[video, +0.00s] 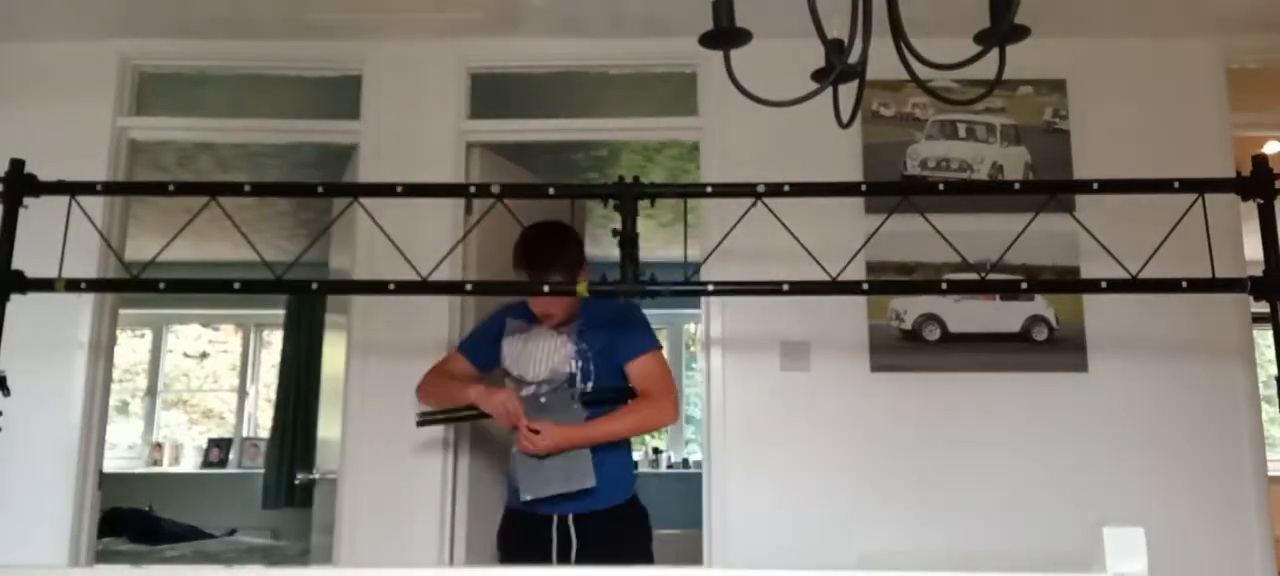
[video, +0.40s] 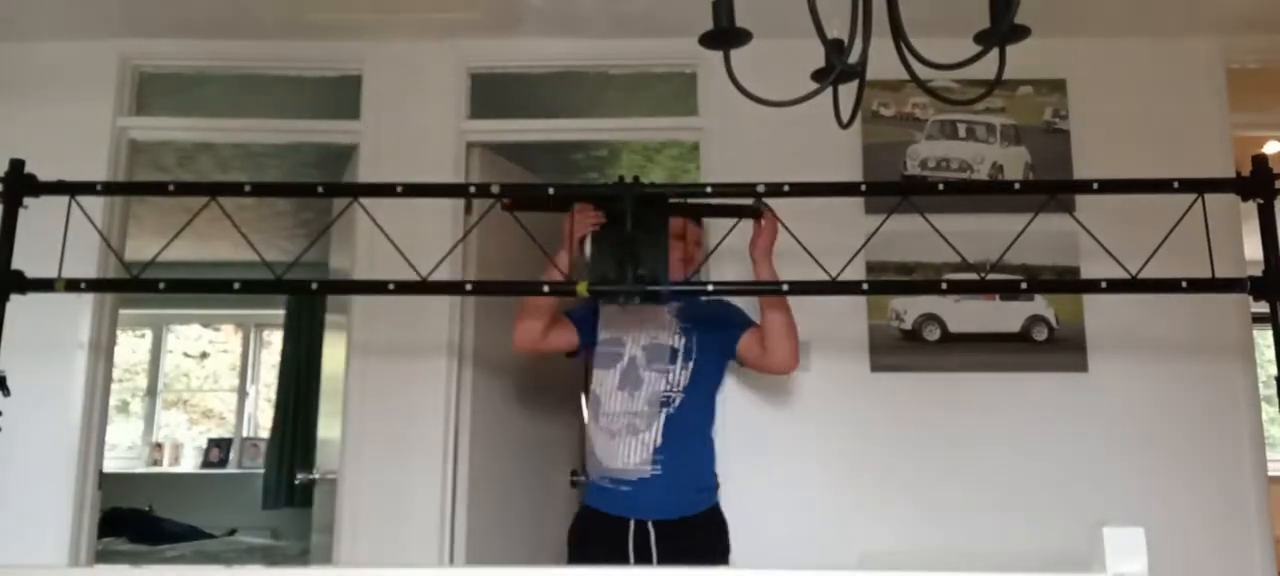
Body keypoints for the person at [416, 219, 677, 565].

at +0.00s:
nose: (541, 309)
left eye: (552, 298)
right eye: (533, 295)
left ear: (581, 279)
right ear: (524, 284)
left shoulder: (619, 321)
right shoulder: (509, 322)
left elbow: (662, 406)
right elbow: (430, 386)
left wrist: (567, 437)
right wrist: (478, 393)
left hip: (609, 521)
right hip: (529, 522)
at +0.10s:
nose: (581, 304)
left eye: (587, 289)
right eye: (575, 292)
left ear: (616, 277)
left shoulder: (668, 322)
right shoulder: (600, 335)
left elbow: (720, 407)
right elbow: (612, 415)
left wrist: (629, 437)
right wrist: (577, 434)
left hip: (658, 516)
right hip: (599, 515)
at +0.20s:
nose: (645, 265)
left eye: (659, 254)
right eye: (638, 254)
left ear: (683, 261)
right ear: (629, 258)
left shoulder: (700, 315)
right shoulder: (615, 323)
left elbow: (733, 401)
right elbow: (607, 398)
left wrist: (639, 441)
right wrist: (595, 439)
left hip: (684, 509)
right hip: (622, 507)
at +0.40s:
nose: (688, 249)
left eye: (695, 240)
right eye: (676, 236)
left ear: (701, 250)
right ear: (645, 239)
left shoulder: (711, 316)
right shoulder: (603, 311)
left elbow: (782, 359)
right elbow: (527, 337)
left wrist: (763, 263)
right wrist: (566, 253)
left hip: (690, 527)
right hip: (604, 527)